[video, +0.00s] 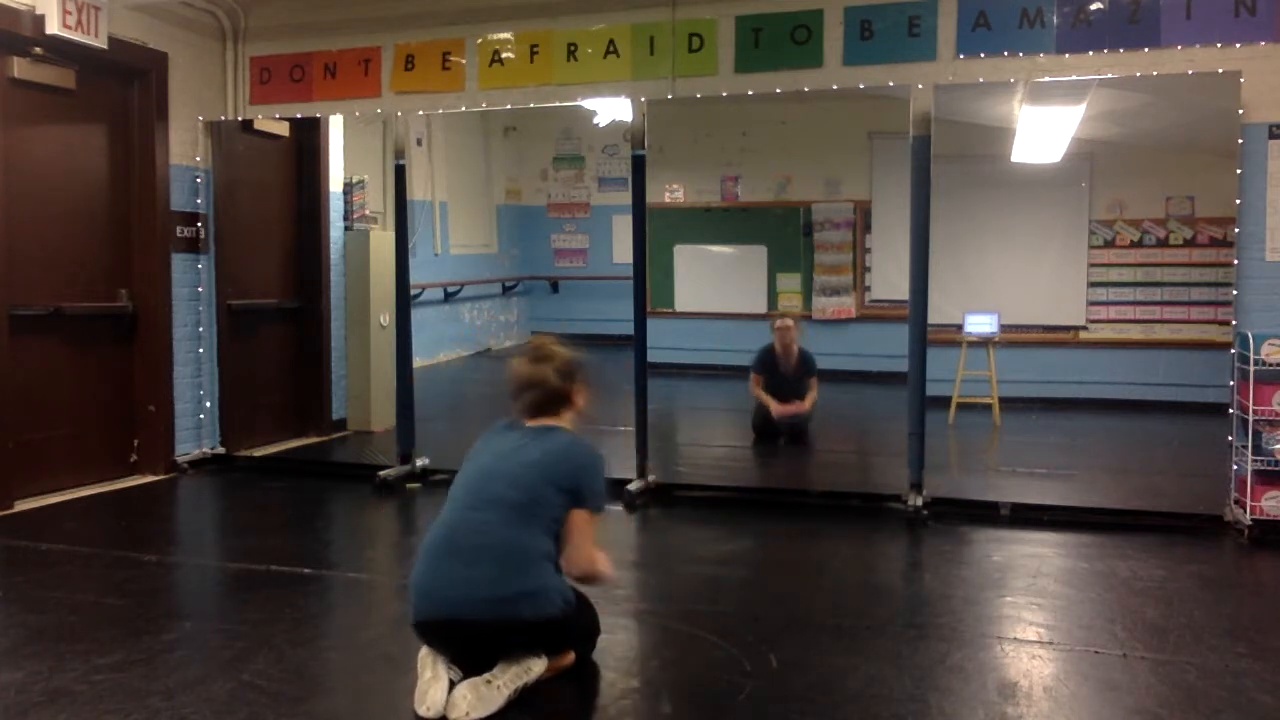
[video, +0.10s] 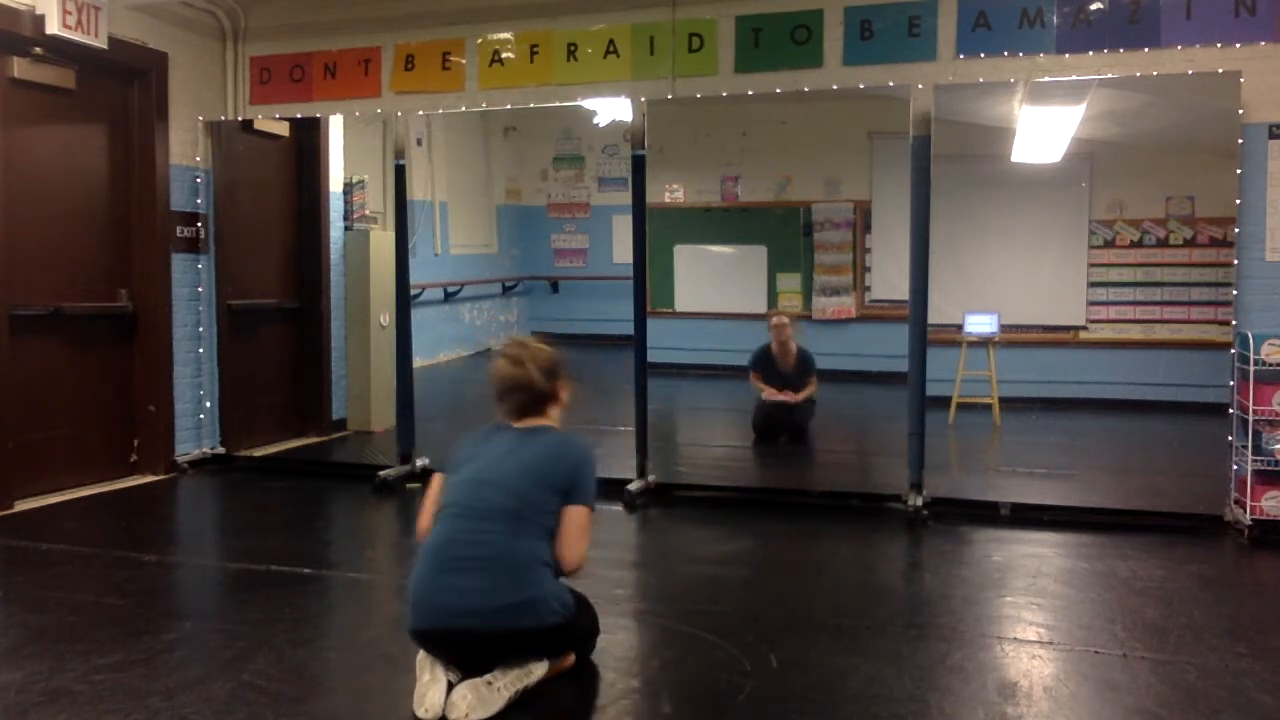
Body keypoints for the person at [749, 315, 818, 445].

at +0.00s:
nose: (784, 334)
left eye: (788, 329)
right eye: (780, 329)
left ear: (795, 332)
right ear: (774, 333)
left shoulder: (806, 358)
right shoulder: (765, 355)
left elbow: (813, 388)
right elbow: (755, 387)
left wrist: (805, 405)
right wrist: (773, 405)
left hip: (797, 407)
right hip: (771, 407)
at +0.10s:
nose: (780, 331)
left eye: (784, 326)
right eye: (776, 327)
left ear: (791, 329)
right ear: (770, 331)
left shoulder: (804, 356)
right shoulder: (761, 355)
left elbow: (812, 384)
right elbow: (754, 379)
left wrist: (798, 397)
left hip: (797, 402)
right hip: (772, 401)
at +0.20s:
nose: (775, 328)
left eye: (779, 323)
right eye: (771, 324)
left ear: (786, 327)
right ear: (766, 328)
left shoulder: (802, 354)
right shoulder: (758, 354)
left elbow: (815, 380)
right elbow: (750, 376)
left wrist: (795, 396)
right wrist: (765, 390)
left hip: (797, 402)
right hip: (770, 400)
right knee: (761, 430)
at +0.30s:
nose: (768, 329)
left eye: (772, 324)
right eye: (764, 325)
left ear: (780, 325)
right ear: (760, 329)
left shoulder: (798, 352)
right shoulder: (756, 353)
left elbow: (812, 381)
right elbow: (750, 377)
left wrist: (789, 404)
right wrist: (760, 400)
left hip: (795, 402)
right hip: (768, 403)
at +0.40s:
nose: (758, 336)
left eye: (761, 331)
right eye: (755, 332)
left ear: (772, 329)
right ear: (753, 334)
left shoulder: (792, 353)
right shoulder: (753, 358)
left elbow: (797, 388)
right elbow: (754, 391)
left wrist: (771, 414)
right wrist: (748, 414)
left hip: (793, 404)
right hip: (766, 407)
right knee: (762, 441)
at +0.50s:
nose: (749, 347)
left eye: (751, 342)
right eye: (746, 344)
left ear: (762, 337)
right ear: (744, 344)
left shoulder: (786, 358)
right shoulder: (752, 365)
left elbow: (779, 397)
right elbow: (751, 400)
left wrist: (757, 427)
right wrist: (740, 427)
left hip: (799, 402)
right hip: (770, 403)